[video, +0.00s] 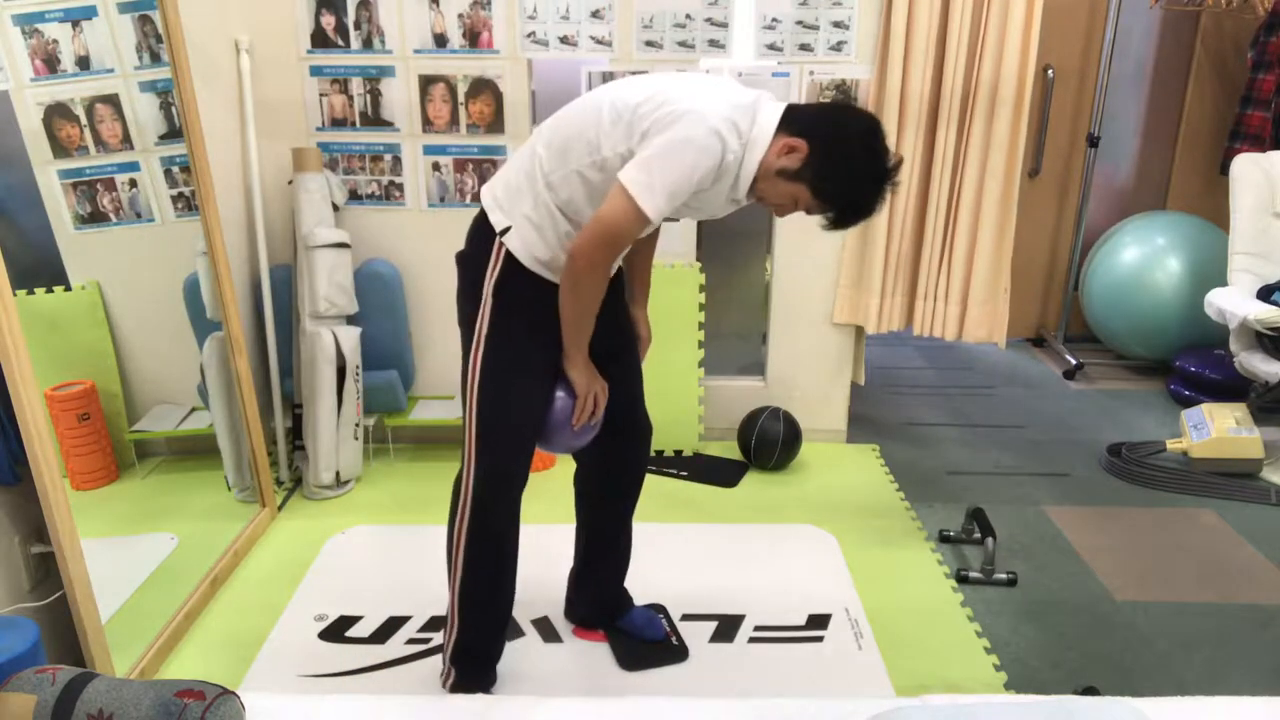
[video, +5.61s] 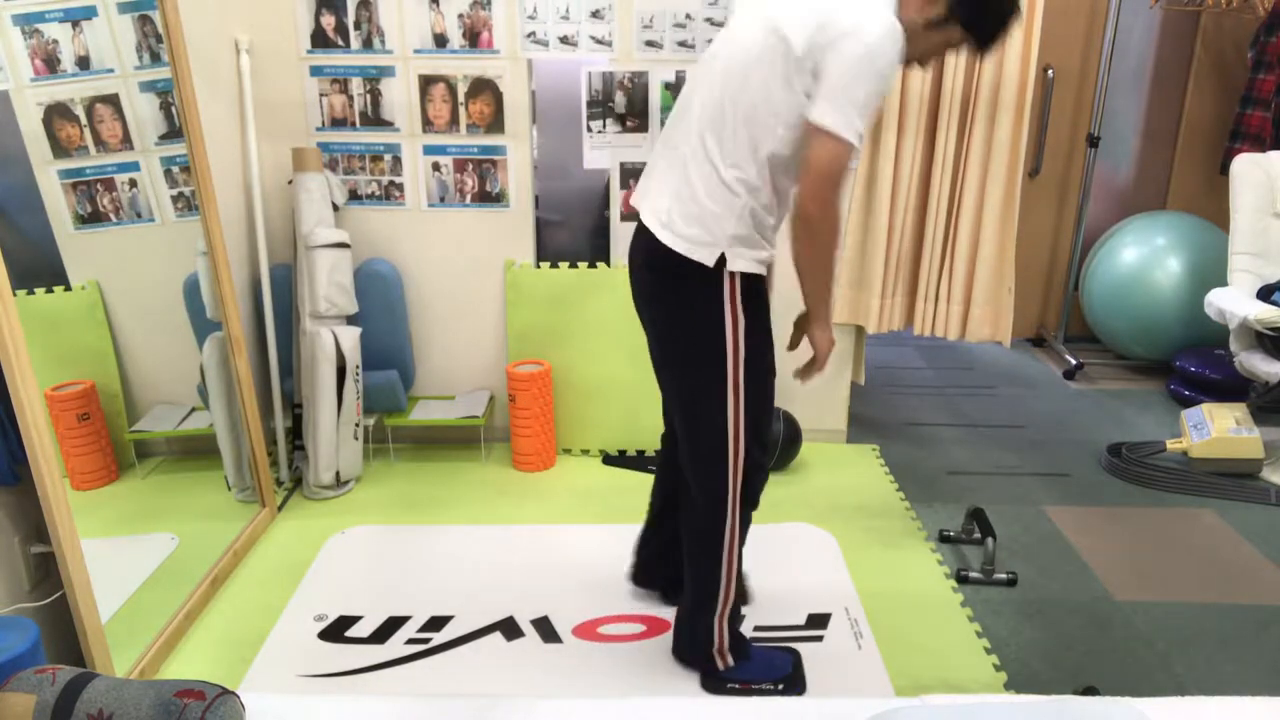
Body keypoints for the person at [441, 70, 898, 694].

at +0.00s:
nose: (791, 214)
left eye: (806, 210)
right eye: (803, 202)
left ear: (791, 150)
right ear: (790, 152)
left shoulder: (748, 145)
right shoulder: (700, 137)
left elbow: (646, 212)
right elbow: (589, 250)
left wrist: (636, 300)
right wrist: (575, 359)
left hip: (594, 264)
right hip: (518, 251)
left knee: (622, 436)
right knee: (497, 462)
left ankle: (598, 600)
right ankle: (470, 662)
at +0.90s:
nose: (784, 113)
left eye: (800, 106)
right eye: (796, 98)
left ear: (774, 42)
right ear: (774, 49)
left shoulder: (710, 52)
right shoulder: (683, 78)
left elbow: (593, 168)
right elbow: (553, 193)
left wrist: (612, 257)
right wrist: (545, 345)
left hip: (584, 274)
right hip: (534, 279)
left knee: (622, 434)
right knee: (572, 474)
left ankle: (605, 595)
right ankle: (554, 670)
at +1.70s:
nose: (737, 14)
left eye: (744, 5)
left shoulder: (645, 21)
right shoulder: (606, 38)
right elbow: (532, 194)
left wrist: (604, 324)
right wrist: (555, 349)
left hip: (589, 280)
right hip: (549, 292)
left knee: (601, 450)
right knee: (572, 477)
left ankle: (594, 587)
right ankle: (554, 669)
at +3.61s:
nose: (726, 24)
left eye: (739, 16)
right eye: (741, 10)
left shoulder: (609, 12)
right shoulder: (670, 6)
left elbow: (584, 119)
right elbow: (617, 117)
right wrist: (633, 263)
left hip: (561, 246)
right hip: (575, 252)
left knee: (600, 439)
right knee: (598, 449)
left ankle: (578, 585)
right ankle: (561, 651)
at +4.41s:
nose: (830, 8)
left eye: (836, 3)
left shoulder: (725, 11)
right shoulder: (729, 18)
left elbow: (677, 150)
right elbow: (665, 165)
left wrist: (696, 250)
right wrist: (689, 314)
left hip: (647, 261)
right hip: (633, 269)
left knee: (669, 439)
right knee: (647, 455)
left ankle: (651, 573)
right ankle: (624, 646)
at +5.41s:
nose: (900, 22)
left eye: (913, 14)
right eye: (914, 8)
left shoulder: (767, 7)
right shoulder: (825, 9)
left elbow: (727, 133)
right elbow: (761, 140)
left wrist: (763, 252)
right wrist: (794, 271)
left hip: (675, 240)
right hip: (705, 249)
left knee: (688, 427)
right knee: (723, 450)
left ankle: (653, 569)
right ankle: (712, 646)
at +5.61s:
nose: (939, 61)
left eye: (953, 52)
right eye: (951, 46)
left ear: (922, 0)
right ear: (933, 6)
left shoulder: (825, 9)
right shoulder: (871, 33)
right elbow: (815, 187)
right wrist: (819, 314)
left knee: (699, 425)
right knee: (736, 455)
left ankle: (666, 562)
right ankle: (714, 647)